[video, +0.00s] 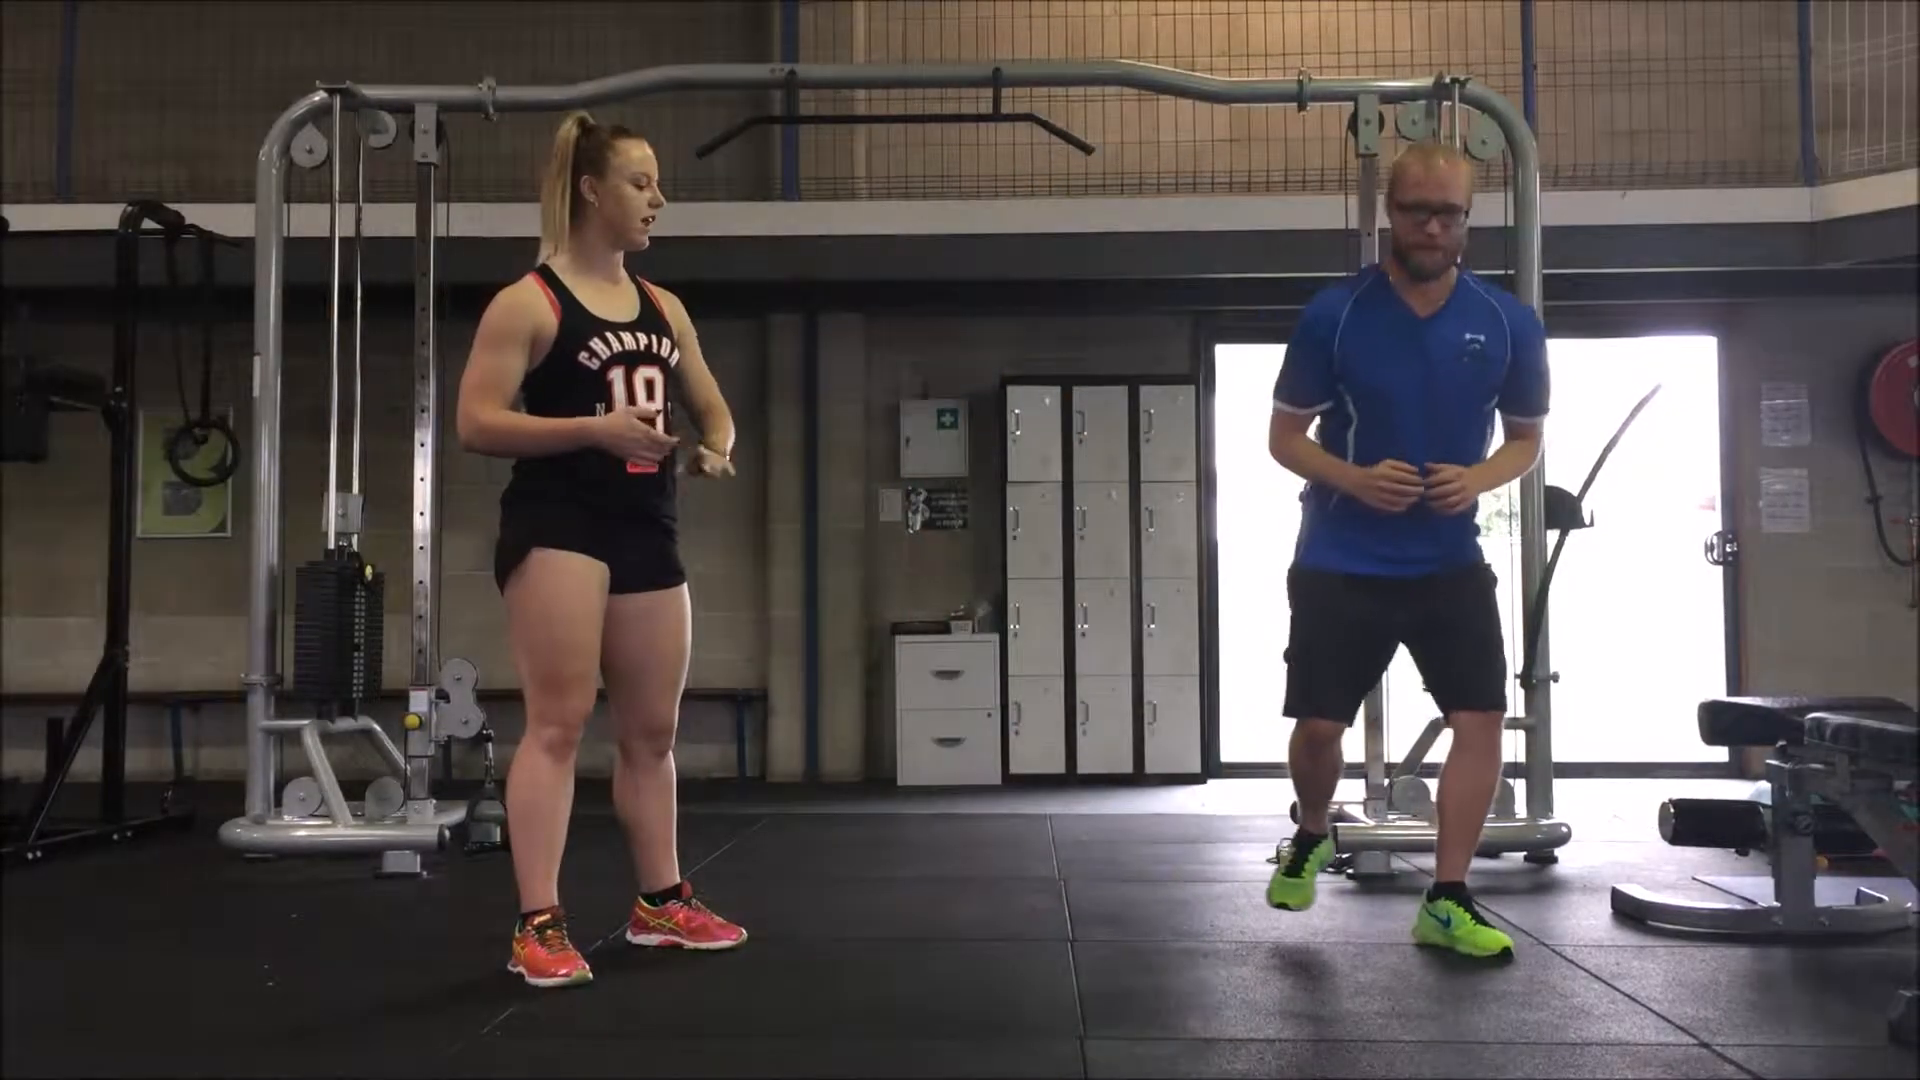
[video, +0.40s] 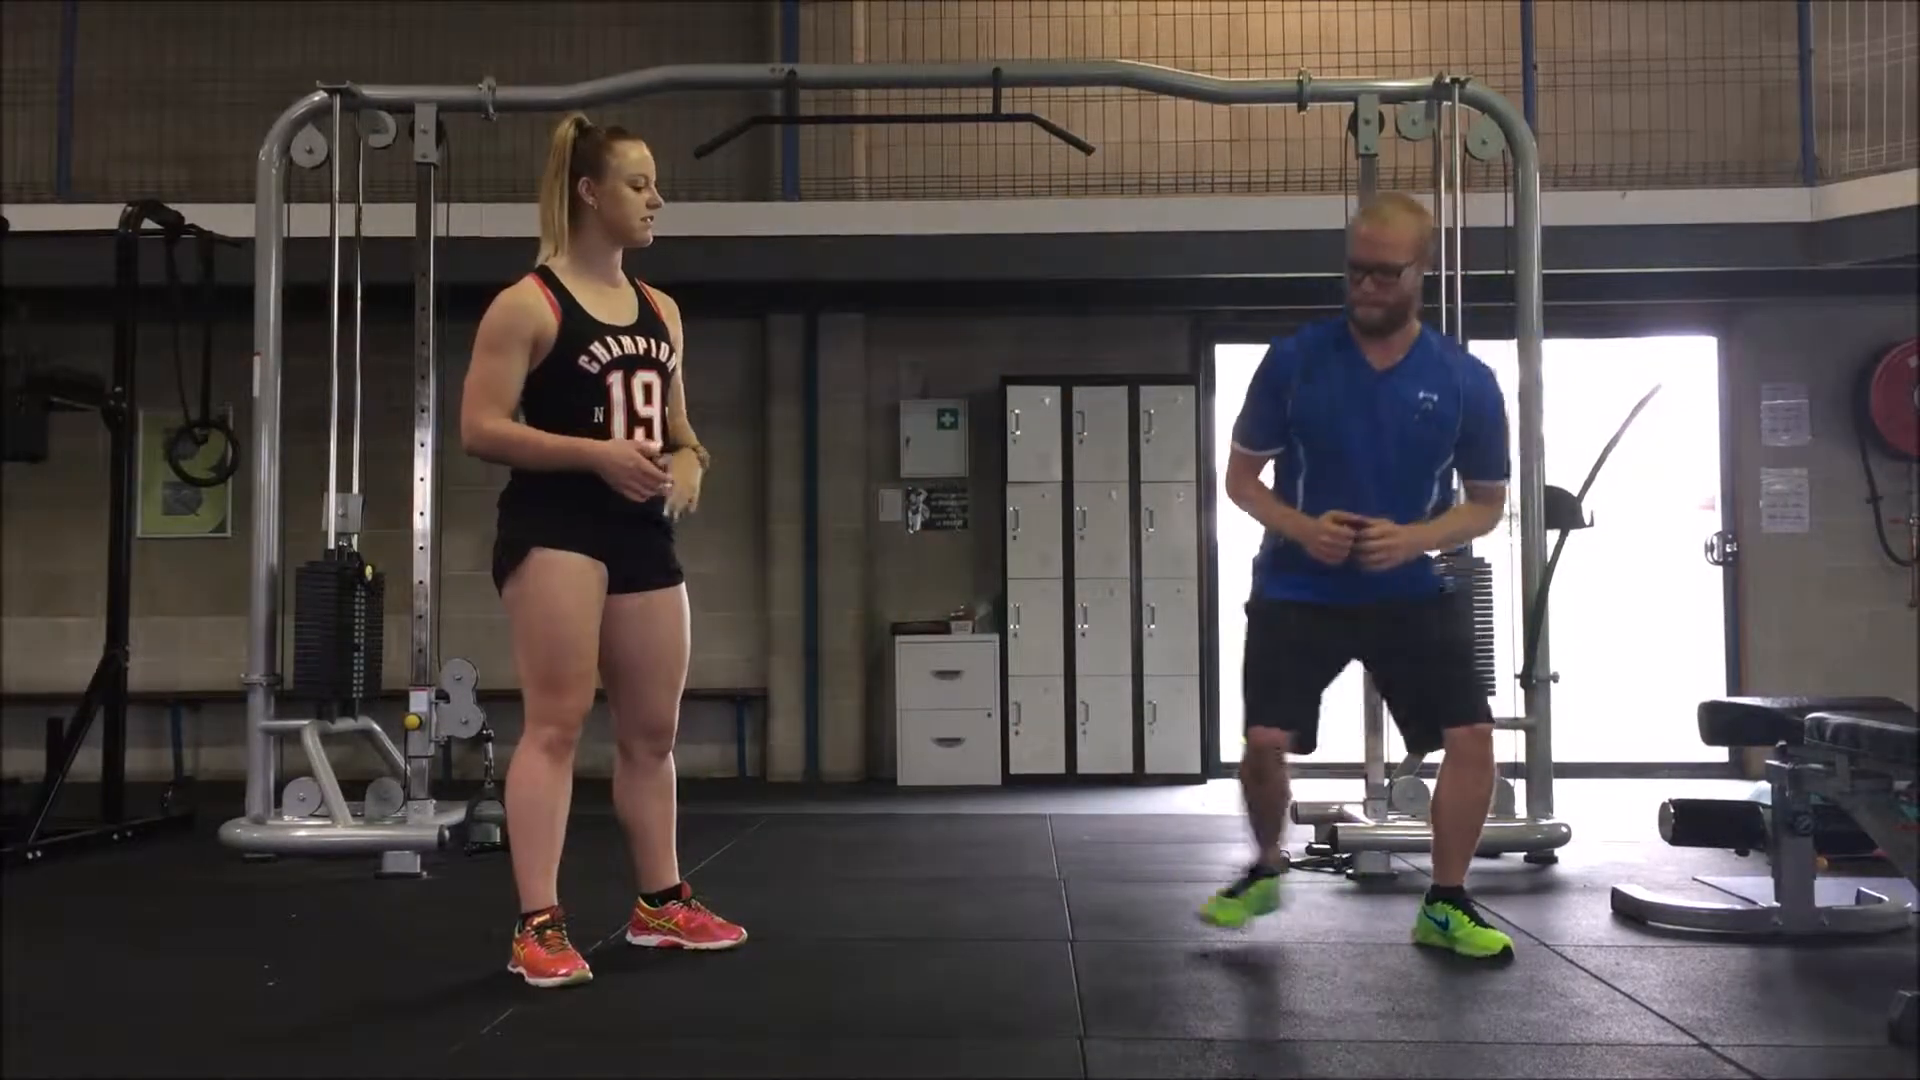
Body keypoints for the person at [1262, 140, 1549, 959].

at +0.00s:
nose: (1430, 226)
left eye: (1447, 213)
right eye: (1415, 211)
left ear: (1468, 219)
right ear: (1386, 213)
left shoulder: (1508, 324)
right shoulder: (1335, 313)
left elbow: (1525, 441)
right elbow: (1285, 437)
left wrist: (1480, 478)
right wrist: (1352, 477)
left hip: (1446, 562)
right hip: (1340, 563)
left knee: (1482, 712)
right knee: (1319, 723)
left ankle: (1448, 895)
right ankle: (1310, 833)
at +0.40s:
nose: (1368, 286)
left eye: (1387, 273)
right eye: (1357, 270)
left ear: (1423, 274)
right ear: (1344, 265)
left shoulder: (1466, 381)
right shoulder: (1293, 360)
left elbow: (1486, 505)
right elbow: (1240, 477)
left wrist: (1416, 538)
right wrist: (1302, 528)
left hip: (1407, 594)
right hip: (1297, 592)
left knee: (1470, 734)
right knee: (1264, 739)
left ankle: (1446, 902)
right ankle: (1266, 867)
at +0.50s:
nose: (1313, 263)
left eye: (1332, 249)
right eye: (1302, 246)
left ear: (1368, 248)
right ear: (1288, 242)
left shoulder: (1417, 350)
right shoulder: (1244, 341)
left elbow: (1453, 472)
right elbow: (1194, 452)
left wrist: (1363, 480)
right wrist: (1245, 487)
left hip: (1366, 573)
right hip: (1258, 570)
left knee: (1445, 721)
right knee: (1192, 708)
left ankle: (1447, 900)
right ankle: (1158, 861)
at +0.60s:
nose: (1240, 215)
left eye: (1256, 200)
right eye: (1227, 199)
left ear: (1289, 196)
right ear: (1210, 193)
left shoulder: (1345, 290)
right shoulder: (1170, 295)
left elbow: (1380, 406)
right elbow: (1128, 409)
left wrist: (1299, 398)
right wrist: (1181, 424)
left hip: (1303, 541)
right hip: (1189, 538)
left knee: (1374, 700)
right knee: (1116, 680)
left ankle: (1445, 876)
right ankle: (1057, 851)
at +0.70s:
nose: (1167, 197)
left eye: (1181, 181)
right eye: (1153, 182)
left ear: (1210, 178)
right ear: (1133, 183)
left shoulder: (1266, 271)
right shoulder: (1093, 283)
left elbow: (1302, 392)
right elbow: (1057, 401)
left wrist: (1227, 382)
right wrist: (1113, 408)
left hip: (1232, 526)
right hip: (1120, 529)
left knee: (1317, 679)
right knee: (1050, 691)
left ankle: (1379, 846)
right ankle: (983, 867)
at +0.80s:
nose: (1101, 215)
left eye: (1117, 200)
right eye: (1087, 200)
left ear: (1145, 202)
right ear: (1066, 203)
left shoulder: (1196, 299)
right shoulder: (1024, 307)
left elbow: (1228, 420)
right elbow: (983, 428)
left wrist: (1163, 419)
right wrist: (1048, 439)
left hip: (1161, 548)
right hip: (1054, 554)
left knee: (1254, 687)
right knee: (1002, 717)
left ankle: (1284, 833)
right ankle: (963, 893)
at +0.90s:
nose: (1049, 233)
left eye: (1063, 219)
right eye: (1034, 220)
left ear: (1089, 220)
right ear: (1011, 223)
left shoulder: (1139, 321)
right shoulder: (973, 331)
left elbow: (1182, 435)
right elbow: (938, 453)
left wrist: (1113, 446)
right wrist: (1002, 465)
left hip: (1117, 567)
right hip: (1011, 575)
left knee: (1198, 712)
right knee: (981, 739)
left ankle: (1202, 833)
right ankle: (961, 899)